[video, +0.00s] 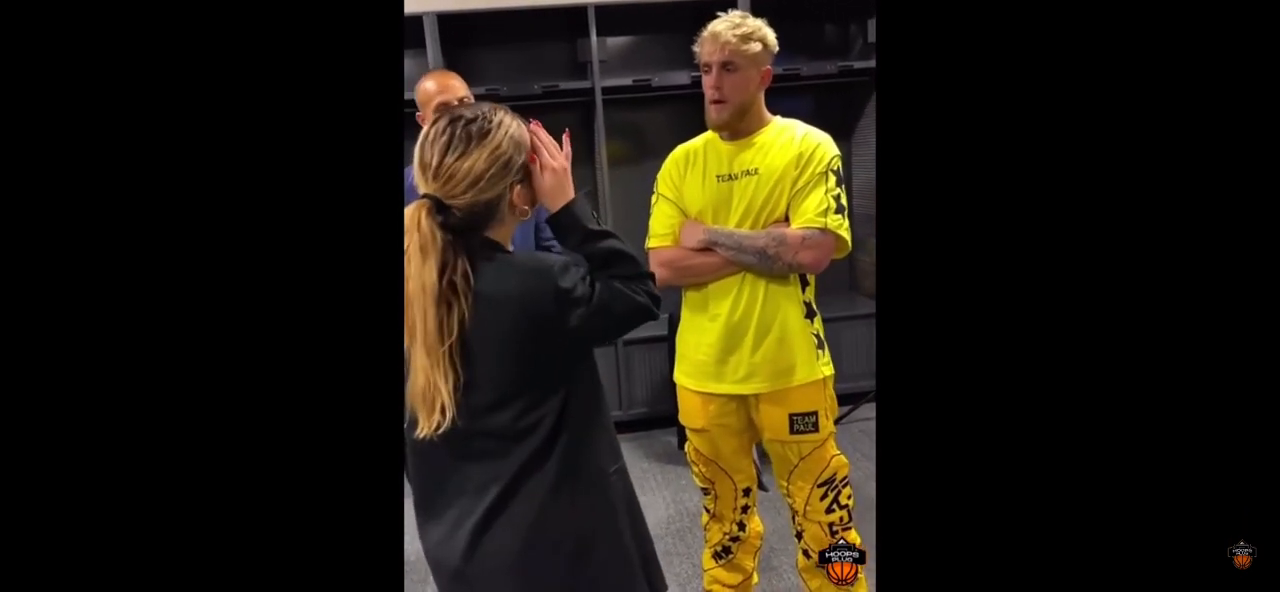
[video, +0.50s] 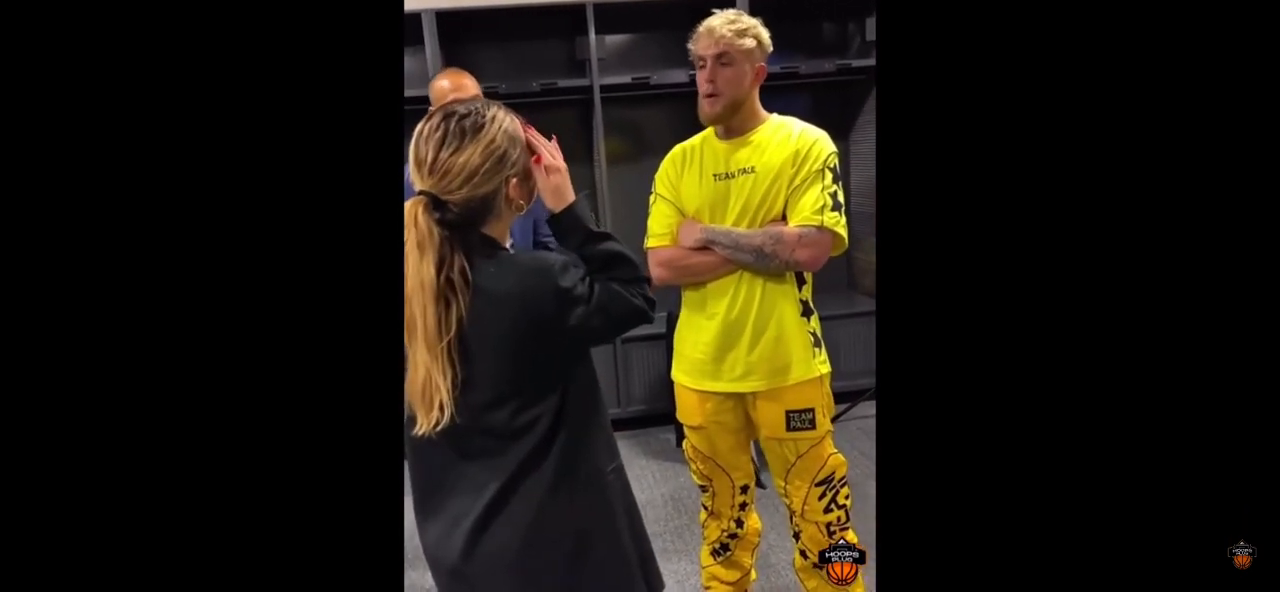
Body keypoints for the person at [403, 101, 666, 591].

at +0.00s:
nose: (539, 176)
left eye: (532, 164)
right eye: (531, 170)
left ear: (433, 188)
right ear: (517, 198)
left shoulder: (413, 282)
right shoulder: (541, 283)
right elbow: (635, 293)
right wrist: (566, 208)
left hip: (454, 537)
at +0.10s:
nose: (537, 172)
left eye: (531, 161)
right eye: (530, 166)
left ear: (433, 188)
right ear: (517, 195)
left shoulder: (413, 281)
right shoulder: (541, 283)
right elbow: (634, 294)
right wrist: (567, 209)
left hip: (453, 536)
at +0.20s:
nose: (533, 175)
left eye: (527, 162)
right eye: (527, 167)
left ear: (431, 187)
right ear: (514, 193)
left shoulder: (413, 282)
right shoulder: (541, 282)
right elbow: (634, 295)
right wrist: (566, 211)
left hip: (453, 535)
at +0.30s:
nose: (533, 173)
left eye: (528, 161)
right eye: (527, 166)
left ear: (431, 187)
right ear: (514, 192)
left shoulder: (413, 279)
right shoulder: (541, 282)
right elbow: (632, 295)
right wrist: (567, 210)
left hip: (452, 533)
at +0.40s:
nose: (532, 173)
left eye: (526, 160)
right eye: (526, 165)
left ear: (431, 186)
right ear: (514, 191)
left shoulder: (414, 281)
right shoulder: (541, 282)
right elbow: (632, 295)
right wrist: (567, 211)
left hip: (452, 532)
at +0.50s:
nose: (532, 174)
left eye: (526, 161)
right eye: (526, 166)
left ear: (430, 184)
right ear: (514, 191)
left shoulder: (413, 279)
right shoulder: (539, 282)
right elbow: (632, 295)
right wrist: (567, 211)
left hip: (452, 533)